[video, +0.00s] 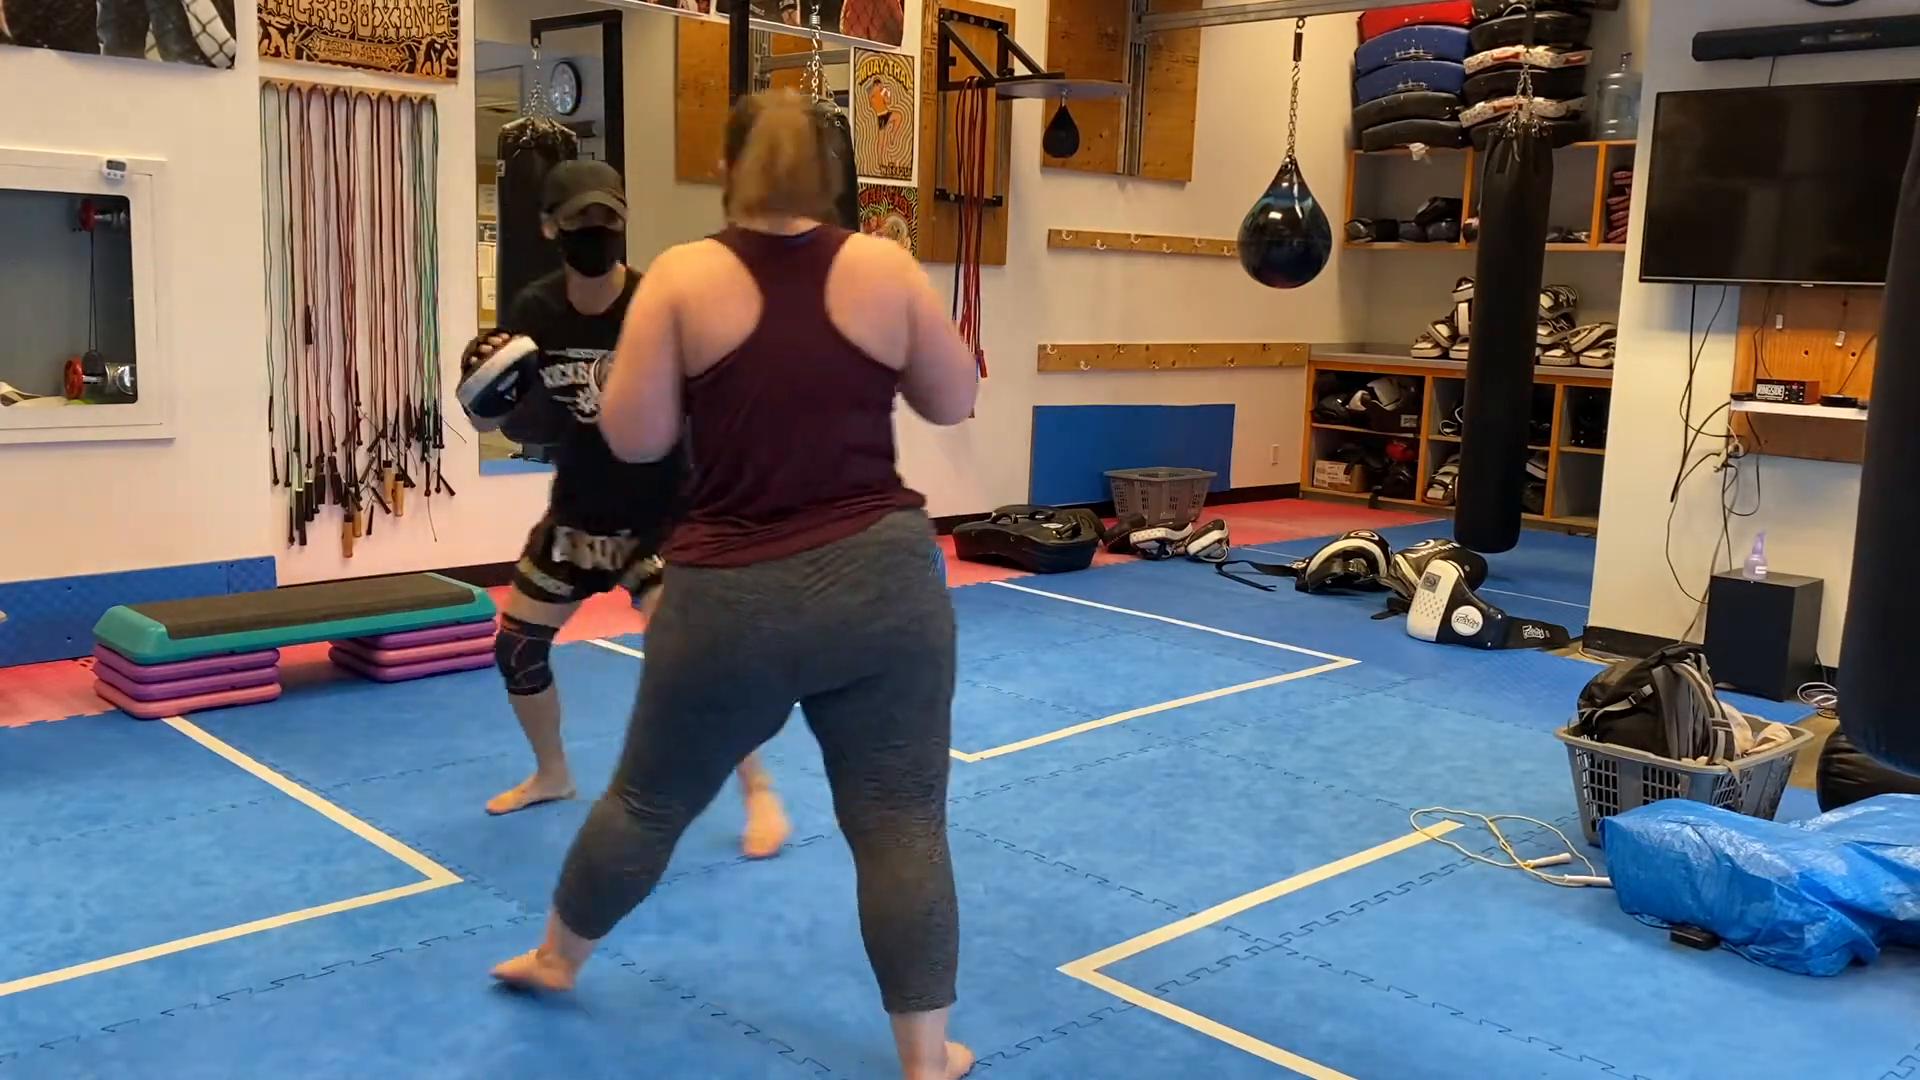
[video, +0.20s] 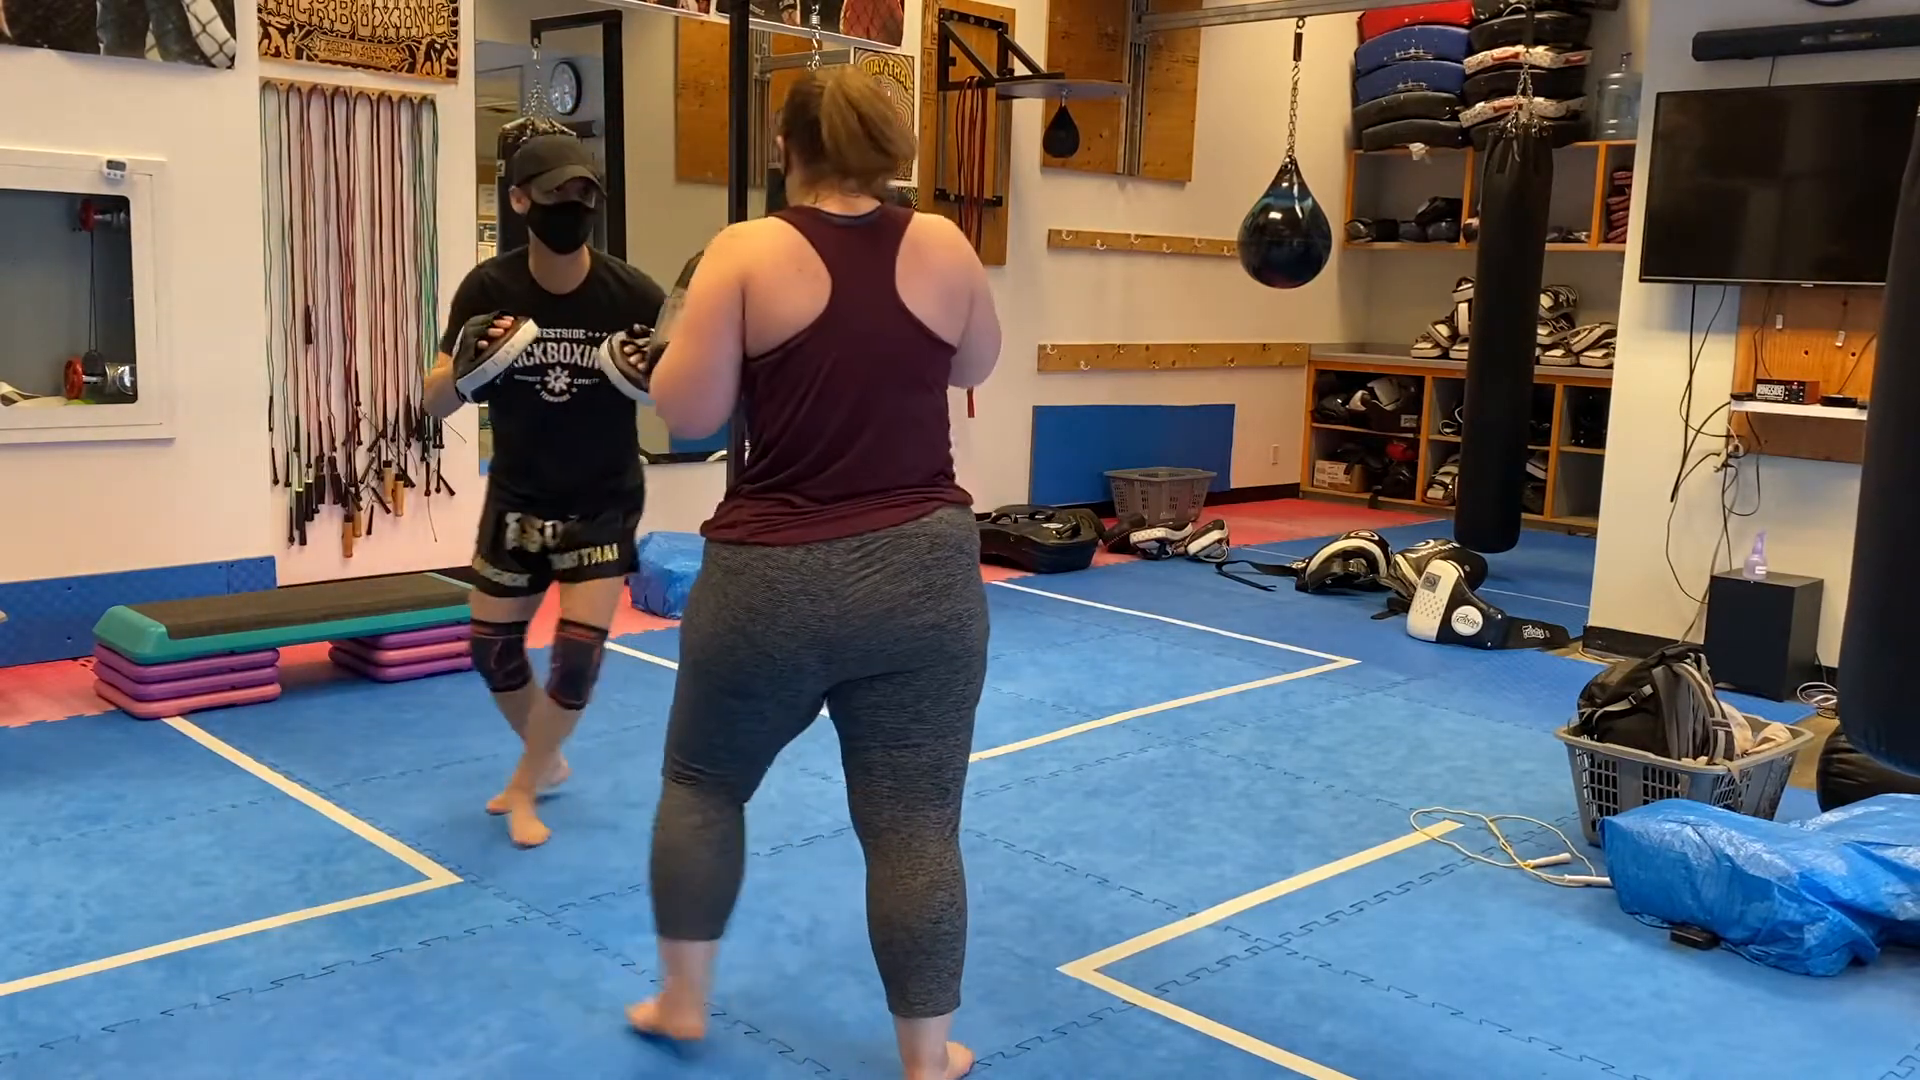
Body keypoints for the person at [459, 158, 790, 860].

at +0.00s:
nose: (597, 230)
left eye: (607, 216)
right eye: (581, 218)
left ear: (624, 220)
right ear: (552, 226)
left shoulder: (660, 300)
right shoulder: (534, 309)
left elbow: (706, 393)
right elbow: (524, 422)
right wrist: (494, 396)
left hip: (668, 516)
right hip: (578, 511)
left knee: (697, 655)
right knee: (519, 650)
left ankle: (758, 787)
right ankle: (553, 774)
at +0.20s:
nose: (573, 206)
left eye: (582, 191)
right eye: (555, 194)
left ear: (597, 195)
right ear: (518, 200)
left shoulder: (636, 295)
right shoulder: (488, 288)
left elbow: (692, 395)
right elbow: (434, 400)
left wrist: (658, 378)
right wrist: (471, 370)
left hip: (603, 499)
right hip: (517, 494)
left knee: (577, 664)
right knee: (493, 650)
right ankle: (548, 755)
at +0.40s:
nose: (554, 224)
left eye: (563, 209)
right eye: (536, 211)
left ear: (578, 210)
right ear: (499, 213)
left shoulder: (609, 309)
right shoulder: (462, 302)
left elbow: (680, 383)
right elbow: (410, 418)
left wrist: (667, 428)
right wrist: (451, 385)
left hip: (570, 516)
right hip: (474, 508)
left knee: (556, 684)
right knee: (416, 660)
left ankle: (508, 798)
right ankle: (454, 772)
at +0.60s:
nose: (533, 229)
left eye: (540, 216)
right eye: (514, 217)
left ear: (551, 220)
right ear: (472, 223)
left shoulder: (575, 310)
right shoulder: (432, 314)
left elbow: (647, 367)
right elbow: (385, 431)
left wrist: (702, 409)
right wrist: (444, 394)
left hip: (545, 519)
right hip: (448, 521)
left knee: (582, 662)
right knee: (404, 683)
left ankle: (515, 773)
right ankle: (423, 807)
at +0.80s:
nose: (552, 236)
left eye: (557, 222)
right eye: (533, 224)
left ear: (564, 225)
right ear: (486, 234)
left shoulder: (582, 318)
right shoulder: (445, 324)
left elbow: (658, 369)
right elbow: (400, 446)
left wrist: (723, 405)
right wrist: (477, 405)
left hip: (554, 530)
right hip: (454, 537)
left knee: (631, 667)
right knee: (410, 707)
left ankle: (670, 833)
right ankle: (424, 811)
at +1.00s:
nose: (636, 248)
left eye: (639, 235)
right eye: (618, 237)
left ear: (642, 237)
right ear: (570, 243)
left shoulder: (658, 331)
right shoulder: (528, 332)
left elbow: (746, 373)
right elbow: (472, 448)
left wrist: (818, 376)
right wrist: (558, 408)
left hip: (617, 554)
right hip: (516, 555)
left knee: (702, 688)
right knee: (448, 723)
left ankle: (752, 852)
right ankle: (429, 813)